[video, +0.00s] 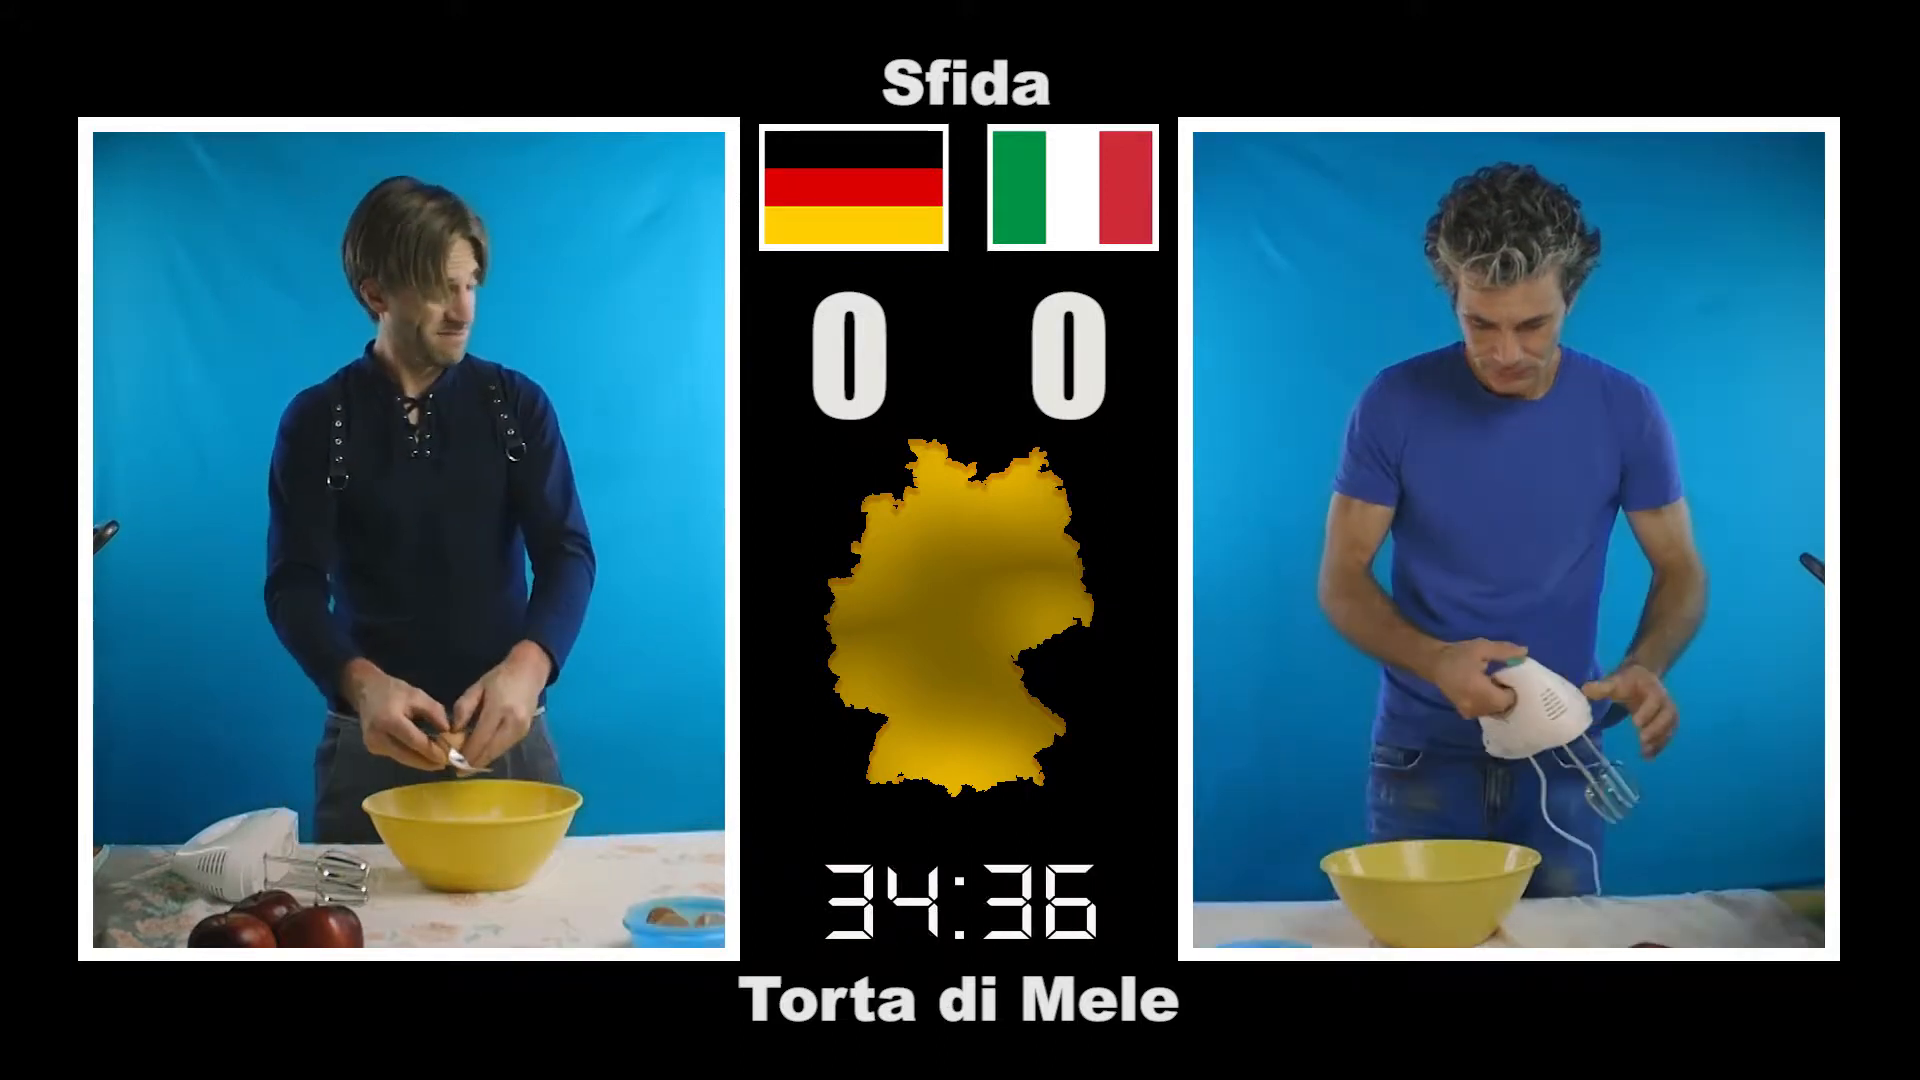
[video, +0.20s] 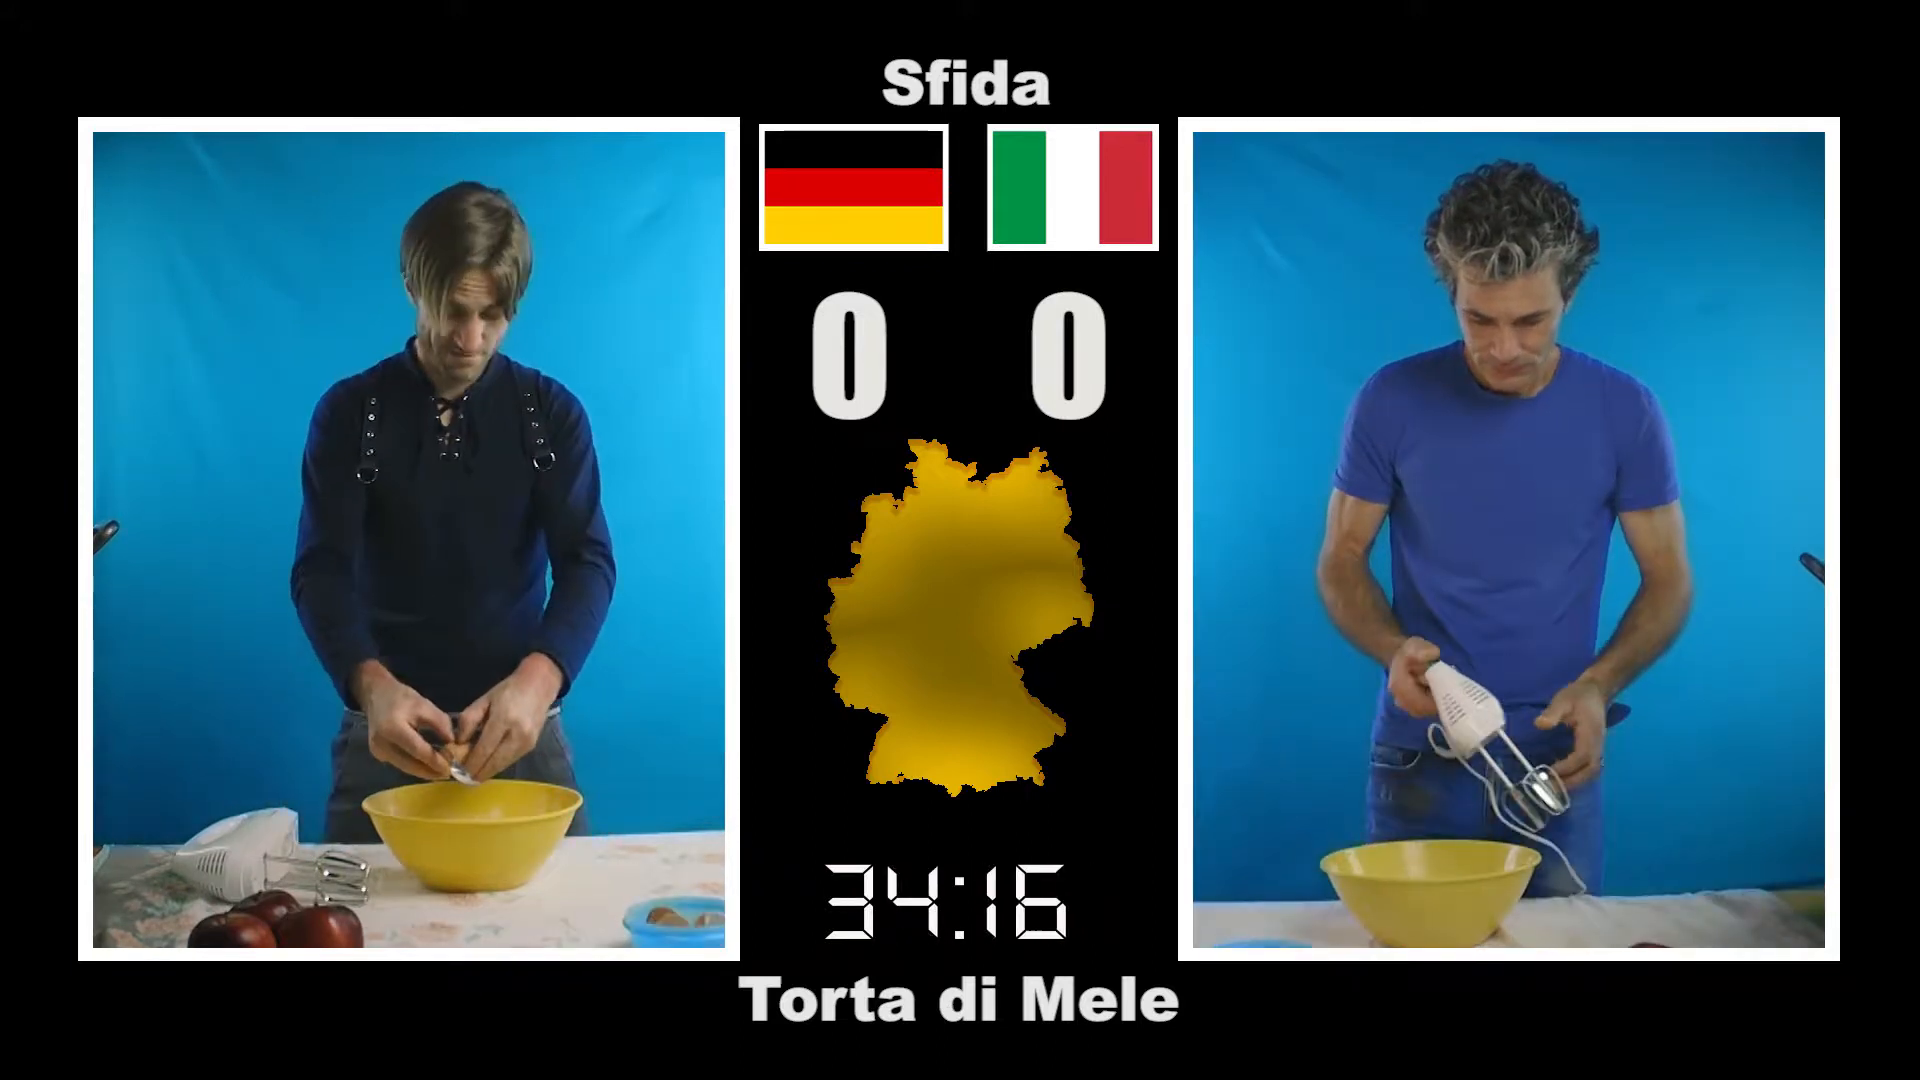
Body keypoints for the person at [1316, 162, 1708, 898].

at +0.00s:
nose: (1507, 353)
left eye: (1533, 325)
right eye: (1482, 325)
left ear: (1567, 298)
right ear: (1454, 298)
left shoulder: (1623, 411)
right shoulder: (1398, 403)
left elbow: (1680, 572)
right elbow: (1341, 582)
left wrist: (1646, 665)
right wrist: (1437, 660)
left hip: (1562, 756)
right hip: (1423, 751)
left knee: (1563, 951)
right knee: (1423, 952)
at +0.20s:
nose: (1506, 348)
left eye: (1530, 321)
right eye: (1481, 321)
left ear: (1565, 295)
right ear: (1454, 296)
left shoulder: (1621, 412)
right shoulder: (1393, 402)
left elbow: (1669, 584)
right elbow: (1340, 564)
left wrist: (1597, 687)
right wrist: (1393, 649)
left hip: (1559, 753)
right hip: (1423, 745)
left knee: (1558, 949)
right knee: (1413, 948)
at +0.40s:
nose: (1503, 347)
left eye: (1529, 320)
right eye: (1480, 319)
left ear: (1565, 295)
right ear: (1452, 292)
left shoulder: (1618, 414)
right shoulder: (1392, 401)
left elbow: (1653, 599)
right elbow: (1338, 557)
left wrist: (1556, 713)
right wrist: (1370, 648)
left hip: (1559, 762)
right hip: (1417, 756)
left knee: (1554, 951)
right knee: (1410, 951)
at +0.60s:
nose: (1503, 348)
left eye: (1528, 322)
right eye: (1480, 321)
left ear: (1564, 298)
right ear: (1452, 293)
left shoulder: (1615, 412)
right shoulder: (1390, 399)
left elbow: (1639, 602)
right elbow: (1335, 556)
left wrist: (1528, 717)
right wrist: (1369, 647)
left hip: (1556, 758)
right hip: (1416, 757)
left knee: (1552, 951)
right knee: (1406, 950)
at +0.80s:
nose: (1498, 349)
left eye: (1523, 323)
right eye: (1475, 321)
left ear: (1559, 299)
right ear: (1448, 294)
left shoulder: (1611, 412)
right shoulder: (1386, 400)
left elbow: (1630, 603)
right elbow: (1337, 559)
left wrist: (1506, 717)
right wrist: (1381, 654)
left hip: (1550, 759)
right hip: (1410, 757)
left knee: (1548, 952)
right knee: (1401, 951)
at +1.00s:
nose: (1492, 350)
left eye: (1518, 323)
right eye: (1469, 322)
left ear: (1554, 298)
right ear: (1442, 293)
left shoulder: (1606, 412)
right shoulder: (1380, 401)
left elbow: (1628, 603)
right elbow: (1336, 570)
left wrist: (1507, 720)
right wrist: (1390, 665)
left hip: (1548, 758)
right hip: (1406, 756)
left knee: (1545, 952)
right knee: (1399, 951)